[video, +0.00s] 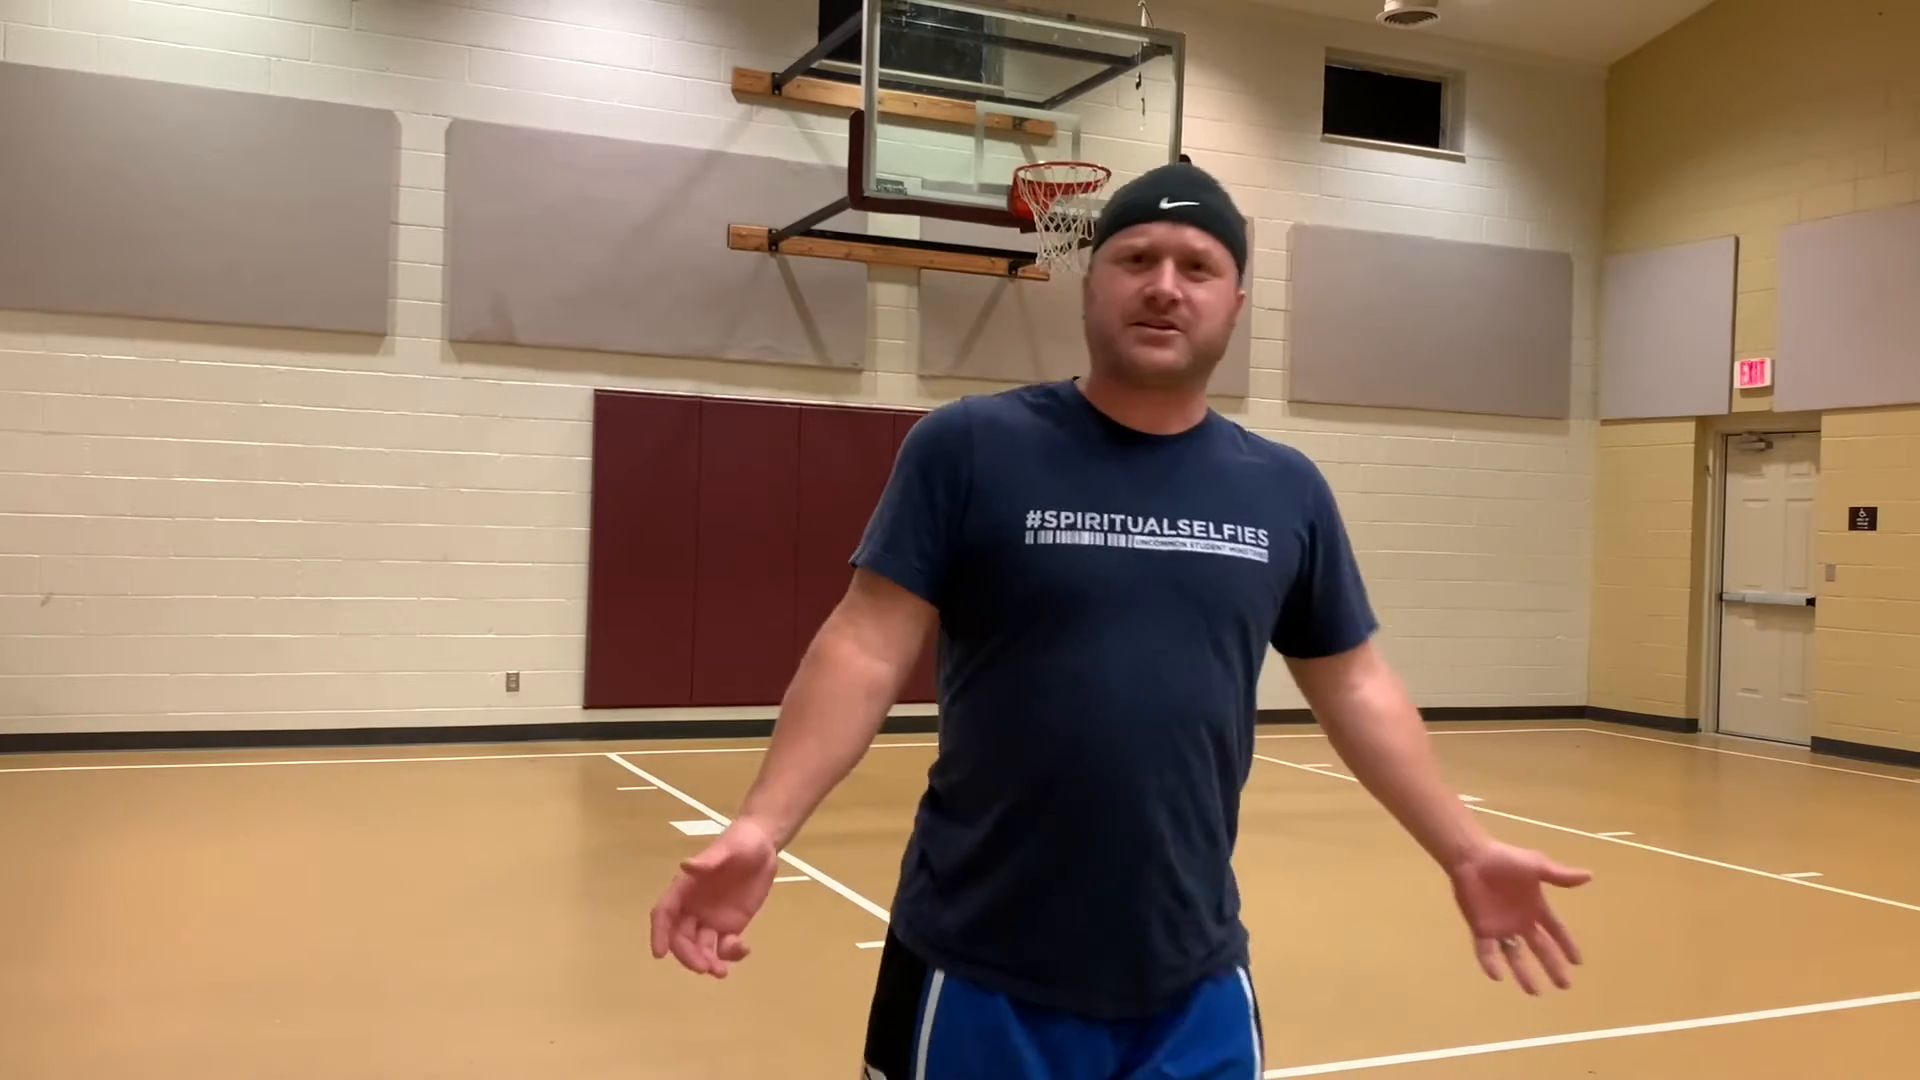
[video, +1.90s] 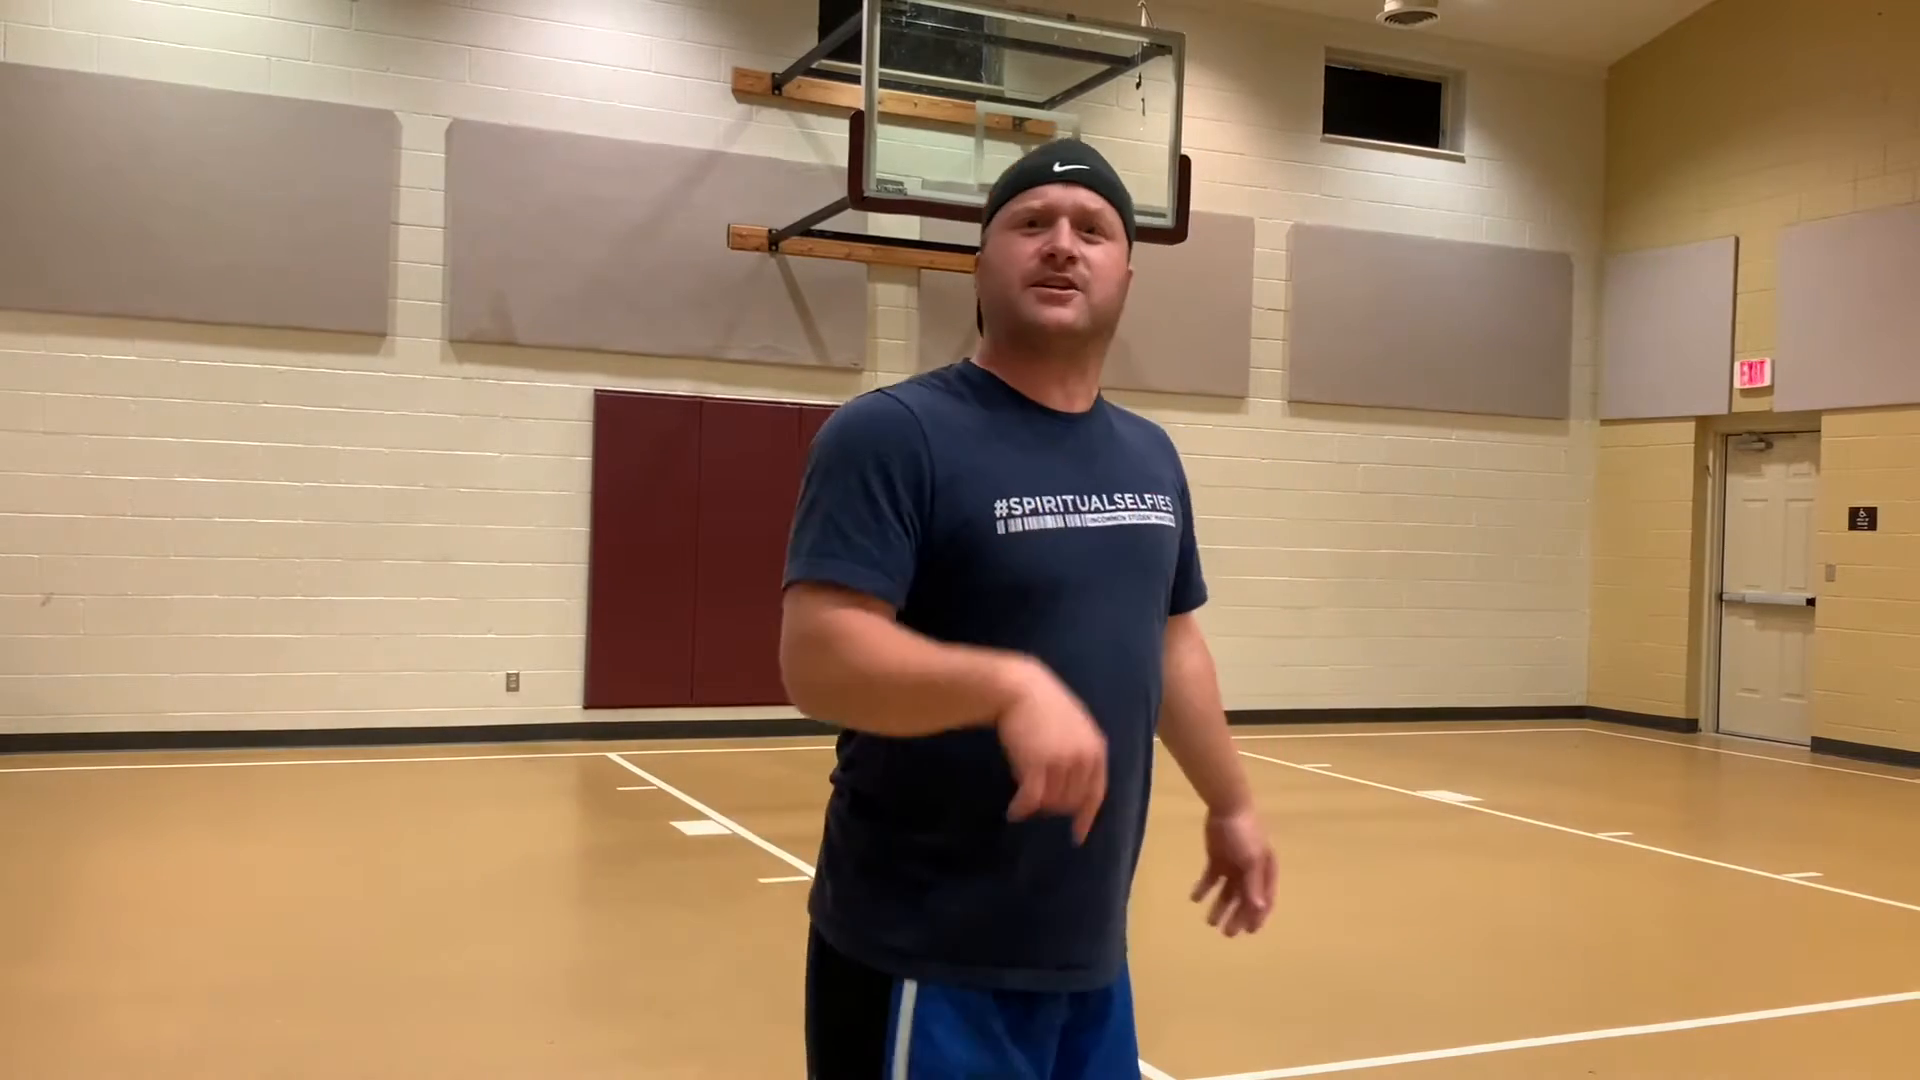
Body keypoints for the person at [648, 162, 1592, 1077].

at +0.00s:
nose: (1164, 283)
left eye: (1196, 266)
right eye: (1138, 259)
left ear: (1237, 307)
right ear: (1086, 286)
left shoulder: (1284, 491)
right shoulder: (964, 451)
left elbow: (1356, 685)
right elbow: (866, 645)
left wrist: (1466, 849)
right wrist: (765, 827)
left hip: (1189, 983)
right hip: (982, 979)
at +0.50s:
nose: (1125, 260)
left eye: (1159, 239)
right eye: (1093, 230)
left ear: (1197, 288)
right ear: (1031, 259)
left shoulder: (1221, 482)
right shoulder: (899, 453)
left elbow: (1257, 682)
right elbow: (794, 689)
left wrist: (1378, 843)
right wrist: (734, 952)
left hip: (1129, 1008)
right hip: (919, 1014)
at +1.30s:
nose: (1054, 261)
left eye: (1090, 241)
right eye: (1023, 229)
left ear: (1128, 288)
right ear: (967, 264)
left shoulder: (1140, 476)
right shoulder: (847, 454)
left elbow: (1165, 677)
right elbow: (751, 692)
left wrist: (1262, 845)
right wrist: (742, 956)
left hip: (1056, 1003)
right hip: (865, 1011)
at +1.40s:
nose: (1069, 259)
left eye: (1105, 242)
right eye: (1041, 231)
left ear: (1142, 291)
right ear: (986, 265)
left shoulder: (1160, 482)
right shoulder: (869, 447)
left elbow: (1189, 678)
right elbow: (782, 662)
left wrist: (1284, 849)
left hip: (1073, 993)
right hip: (886, 997)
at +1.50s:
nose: (1093, 255)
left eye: (1126, 243)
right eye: (1065, 229)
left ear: (1159, 294)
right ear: (1007, 261)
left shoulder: (1172, 482)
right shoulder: (888, 435)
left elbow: (1208, 669)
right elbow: (794, 654)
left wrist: (1308, 840)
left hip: (1087, 981)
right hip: (901, 983)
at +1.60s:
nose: (1100, 251)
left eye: (1132, 239)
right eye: (1071, 228)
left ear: (1162, 295)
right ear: (1015, 260)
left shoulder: (1172, 476)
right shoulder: (899, 427)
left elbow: (1205, 661)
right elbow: (811, 651)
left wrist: (1313, 820)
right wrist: (986, 586)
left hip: (1091, 958)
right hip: (916, 963)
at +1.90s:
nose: (1063, 243)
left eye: (1092, 228)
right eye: (1033, 223)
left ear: (1129, 275)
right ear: (978, 263)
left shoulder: (1150, 455)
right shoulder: (889, 434)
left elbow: (1170, 636)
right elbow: (818, 655)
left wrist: (1230, 799)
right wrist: (1009, 686)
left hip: (1085, 950)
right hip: (918, 957)